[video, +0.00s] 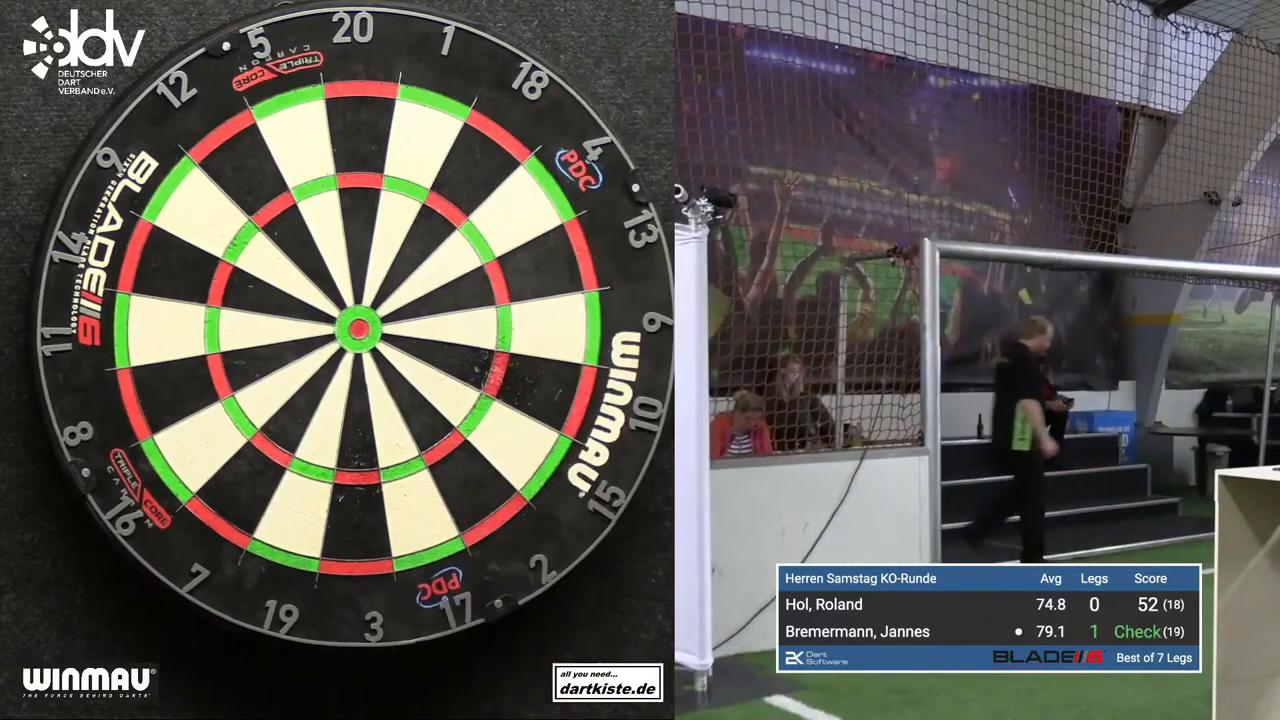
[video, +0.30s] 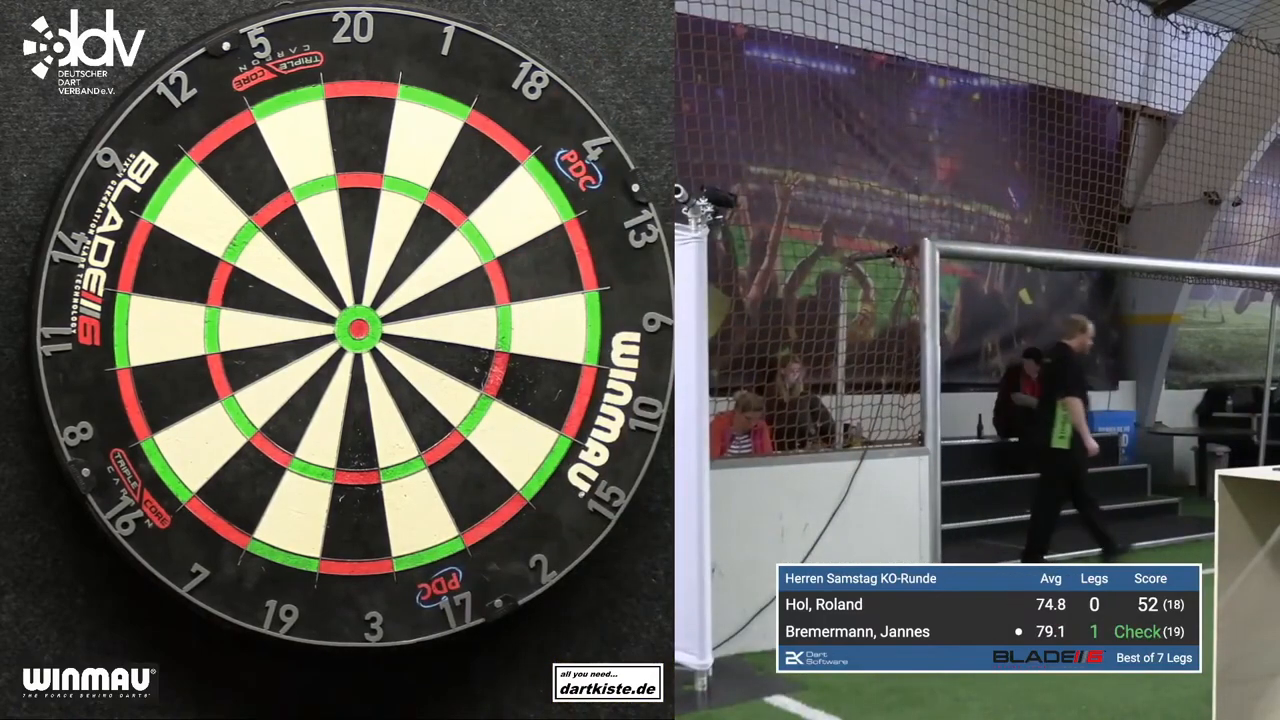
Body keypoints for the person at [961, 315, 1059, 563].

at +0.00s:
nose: (1047, 344)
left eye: (1048, 340)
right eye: (1046, 339)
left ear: (1025, 337)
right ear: (1032, 336)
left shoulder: (1013, 357)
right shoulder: (1022, 360)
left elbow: (1020, 398)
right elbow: (1028, 401)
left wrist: (1049, 404)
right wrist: (1044, 437)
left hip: (1013, 441)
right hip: (1021, 443)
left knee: (1020, 492)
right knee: (1032, 498)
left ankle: (976, 532)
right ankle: (1033, 558)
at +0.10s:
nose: (1064, 342)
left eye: (1064, 337)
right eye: (1062, 336)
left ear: (1044, 333)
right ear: (1051, 334)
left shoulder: (1026, 355)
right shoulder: (1041, 358)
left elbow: (1028, 398)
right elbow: (1044, 399)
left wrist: (1054, 403)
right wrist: (1065, 433)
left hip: (1022, 439)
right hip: (1034, 441)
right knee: (1040, 493)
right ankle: (1033, 554)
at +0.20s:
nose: (1074, 341)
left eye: (1074, 336)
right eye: (1072, 336)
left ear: (1055, 332)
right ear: (1061, 333)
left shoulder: (1035, 354)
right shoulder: (1050, 357)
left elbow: (1020, 397)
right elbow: (1054, 398)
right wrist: (1076, 433)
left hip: (1038, 440)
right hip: (1048, 442)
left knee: (1042, 496)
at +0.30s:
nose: (1090, 343)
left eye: (1091, 338)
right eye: (1088, 337)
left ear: (1070, 336)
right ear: (1075, 336)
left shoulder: (1057, 357)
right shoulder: (1066, 359)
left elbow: (1052, 401)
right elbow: (1071, 400)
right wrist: (1087, 437)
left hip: (1056, 441)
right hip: (1061, 443)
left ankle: (1110, 546)